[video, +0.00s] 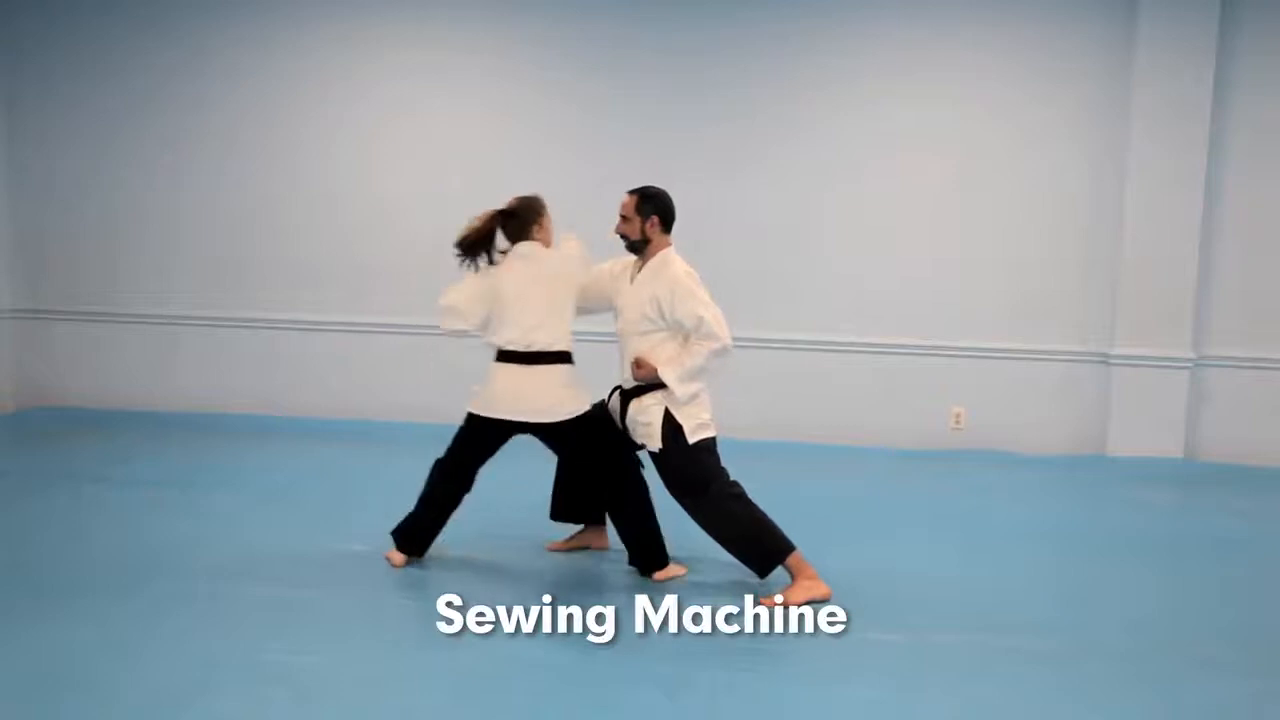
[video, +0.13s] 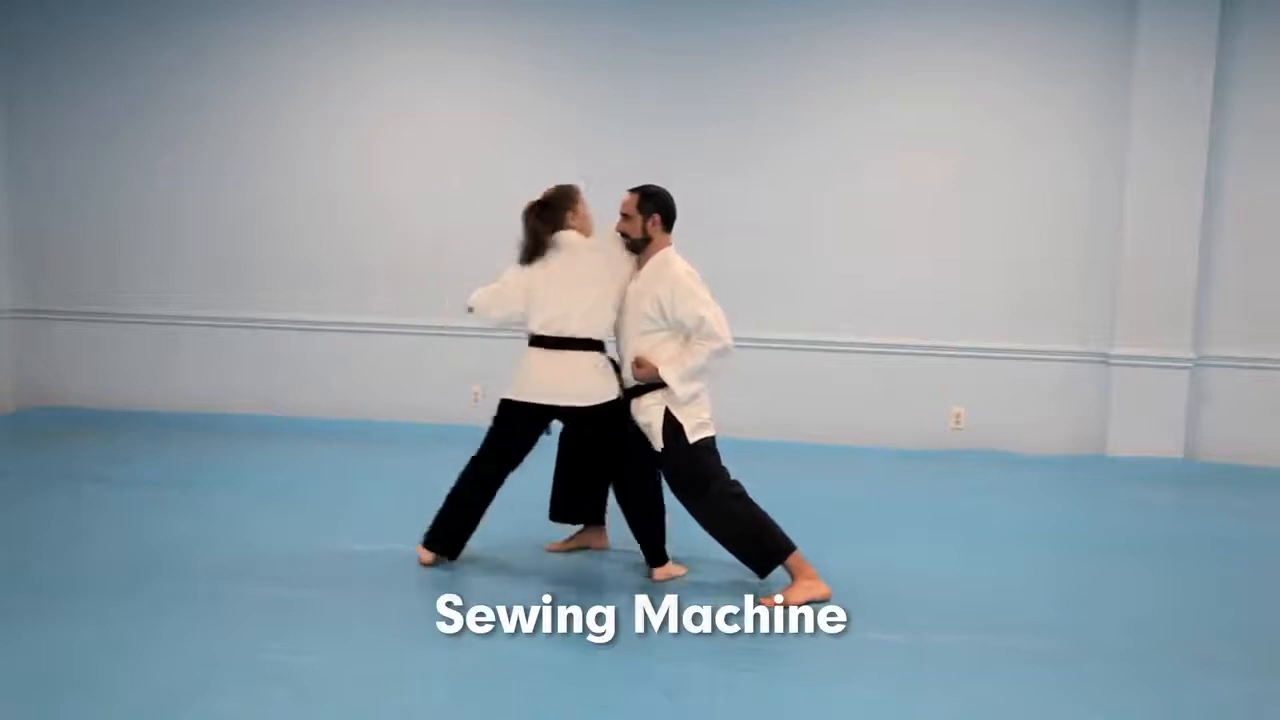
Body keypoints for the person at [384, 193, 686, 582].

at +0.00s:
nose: (552, 229)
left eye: (548, 222)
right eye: (548, 222)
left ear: (511, 232)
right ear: (538, 228)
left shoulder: (494, 274)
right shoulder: (565, 263)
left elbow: (453, 314)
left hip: (501, 396)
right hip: (557, 397)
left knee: (454, 468)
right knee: (620, 467)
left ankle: (406, 548)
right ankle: (654, 563)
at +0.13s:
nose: (590, 213)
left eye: (586, 206)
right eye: (585, 207)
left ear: (551, 222)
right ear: (574, 217)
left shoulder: (533, 268)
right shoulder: (613, 257)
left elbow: (481, 306)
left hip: (534, 385)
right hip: (591, 386)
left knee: (489, 465)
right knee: (635, 466)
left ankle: (434, 546)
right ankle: (659, 562)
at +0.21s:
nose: (607, 209)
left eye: (603, 201)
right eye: (601, 203)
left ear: (564, 215)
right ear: (588, 212)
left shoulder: (541, 258)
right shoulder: (623, 250)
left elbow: (500, 299)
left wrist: (478, 291)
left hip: (542, 377)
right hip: (599, 381)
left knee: (507, 458)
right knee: (637, 464)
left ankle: (470, 548)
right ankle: (661, 562)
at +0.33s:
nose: (610, 206)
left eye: (607, 199)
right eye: (606, 201)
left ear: (569, 210)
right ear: (593, 207)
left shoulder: (545, 253)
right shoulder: (626, 248)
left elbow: (499, 293)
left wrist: (483, 285)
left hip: (545, 373)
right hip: (603, 376)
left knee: (516, 458)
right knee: (637, 464)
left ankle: (479, 548)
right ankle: (659, 560)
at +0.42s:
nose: (611, 207)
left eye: (609, 200)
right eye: (607, 202)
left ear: (569, 210)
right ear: (593, 207)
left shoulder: (542, 251)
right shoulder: (623, 246)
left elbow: (493, 293)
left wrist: (541, 305)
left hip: (541, 374)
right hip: (599, 379)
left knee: (512, 458)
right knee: (634, 464)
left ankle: (478, 548)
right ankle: (657, 560)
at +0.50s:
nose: (611, 209)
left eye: (609, 202)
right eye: (607, 203)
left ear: (568, 210)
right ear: (592, 207)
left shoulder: (538, 251)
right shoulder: (620, 243)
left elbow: (489, 293)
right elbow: (662, 243)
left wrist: (537, 310)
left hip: (537, 373)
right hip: (595, 378)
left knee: (511, 457)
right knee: (631, 461)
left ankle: (479, 550)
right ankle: (650, 557)